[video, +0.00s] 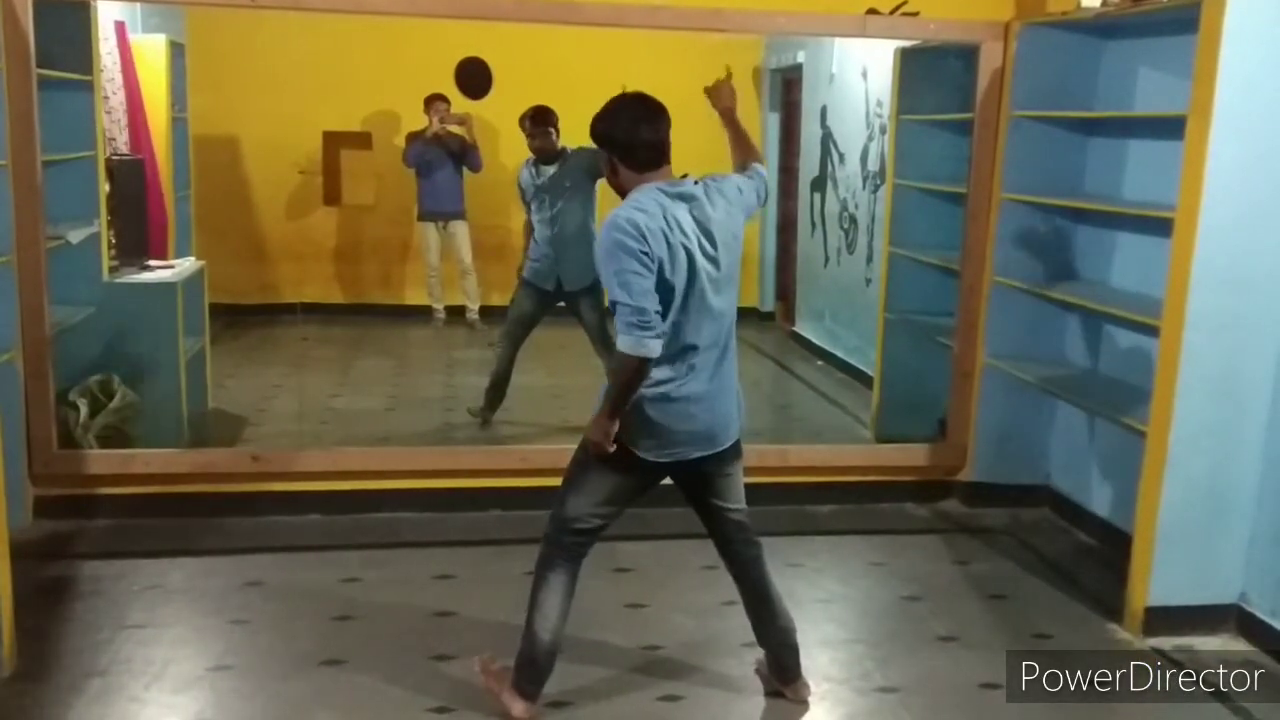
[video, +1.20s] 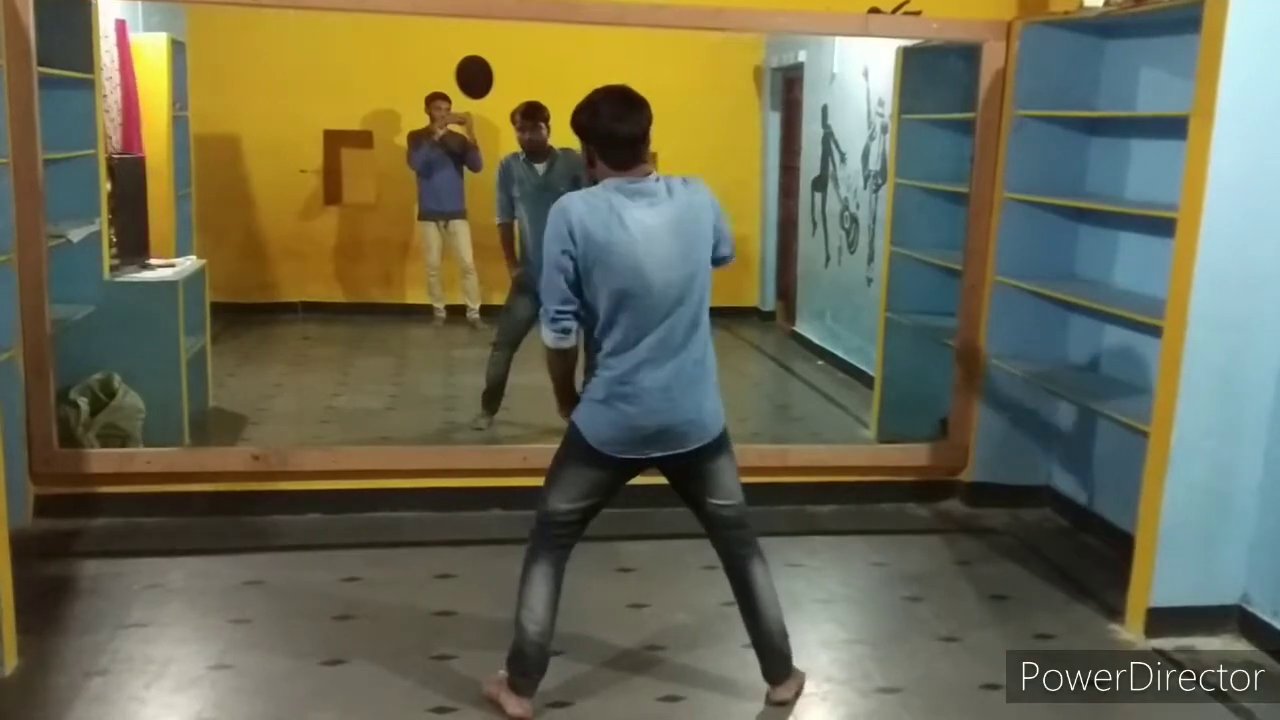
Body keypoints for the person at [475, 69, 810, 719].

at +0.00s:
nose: (603, 169)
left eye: (602, 159)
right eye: (605, 157)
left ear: (612, 163)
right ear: (668, 148)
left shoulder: (625, 230)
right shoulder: (719, 198)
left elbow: (641, 345)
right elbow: (755, 171)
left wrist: (608, 414)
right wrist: (731, 115)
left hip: (649, 420)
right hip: (717, 415)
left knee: (566, 544)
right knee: (741, 543)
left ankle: (524, 685)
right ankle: (788, 675)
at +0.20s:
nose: (604, 159)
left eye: (604, 149)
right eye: (607, 149)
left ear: (612, 153)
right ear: (672, 146)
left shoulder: (611, 226)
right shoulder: (722, 199)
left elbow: (616, 340)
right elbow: (787, 214)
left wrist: (587, 399)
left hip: (636, 421)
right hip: (713, 417)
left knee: (562, 548)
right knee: (740, 546)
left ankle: (521, 687)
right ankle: (786, 676)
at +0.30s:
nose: (603, 155)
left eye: (604, 146)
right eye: (606, 145)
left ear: (612, 150)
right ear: (672, 145)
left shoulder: (605, 225)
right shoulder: (723, 203)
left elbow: (607, 341)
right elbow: (781, 261)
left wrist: (582, 398)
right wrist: (716, 268)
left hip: (633, 423)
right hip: (712, 419)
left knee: (562, 547)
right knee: (741, 549)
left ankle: (521, 685)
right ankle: (786, 676)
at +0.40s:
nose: (604, 154)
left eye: (604, 145)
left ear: (610, 151)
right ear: (672, 147)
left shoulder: (598, 222)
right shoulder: (726, 218)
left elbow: (598, 339)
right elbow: (768, 315)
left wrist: (577, 392)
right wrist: (713, 351)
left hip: (627, 427)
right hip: (709, 426)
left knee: (559, 550)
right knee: (743, 555)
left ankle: (518, 690)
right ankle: (787, 678)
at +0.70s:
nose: (608, 156)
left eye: (609, 147)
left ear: (614, 154)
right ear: (676, 151)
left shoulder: (587, 215)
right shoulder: (724, 231)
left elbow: (546, 322)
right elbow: (729, 337)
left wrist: (569, 391)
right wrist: (670, 348)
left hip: (616, 424)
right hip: (700, 425)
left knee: (552, 546)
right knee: (742, 552)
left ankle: (519, 688)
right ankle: (789, 678)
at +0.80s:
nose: (598, 158)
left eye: (600, 150)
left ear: (606, 158)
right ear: (669, 154)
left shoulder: (578, 216)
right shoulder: (710, 224)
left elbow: (541, 319)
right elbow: (743, 300)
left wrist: (567, 396)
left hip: (610, 423)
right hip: (693, 424)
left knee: (546, 544)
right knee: (741, 551)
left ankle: (519, 688)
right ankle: (790, 679)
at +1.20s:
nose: (579, 154)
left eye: (580, 146)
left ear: (589, 152)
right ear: (649, 143)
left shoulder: (570, 216)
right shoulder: (694, 196)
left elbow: (558, 334)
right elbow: (722, 253)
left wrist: (567, 404)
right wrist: (653, 202)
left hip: (613, 416)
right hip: (694, 413)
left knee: (550, 542)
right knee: (739, 543)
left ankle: (520, 686)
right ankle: (782, 679)